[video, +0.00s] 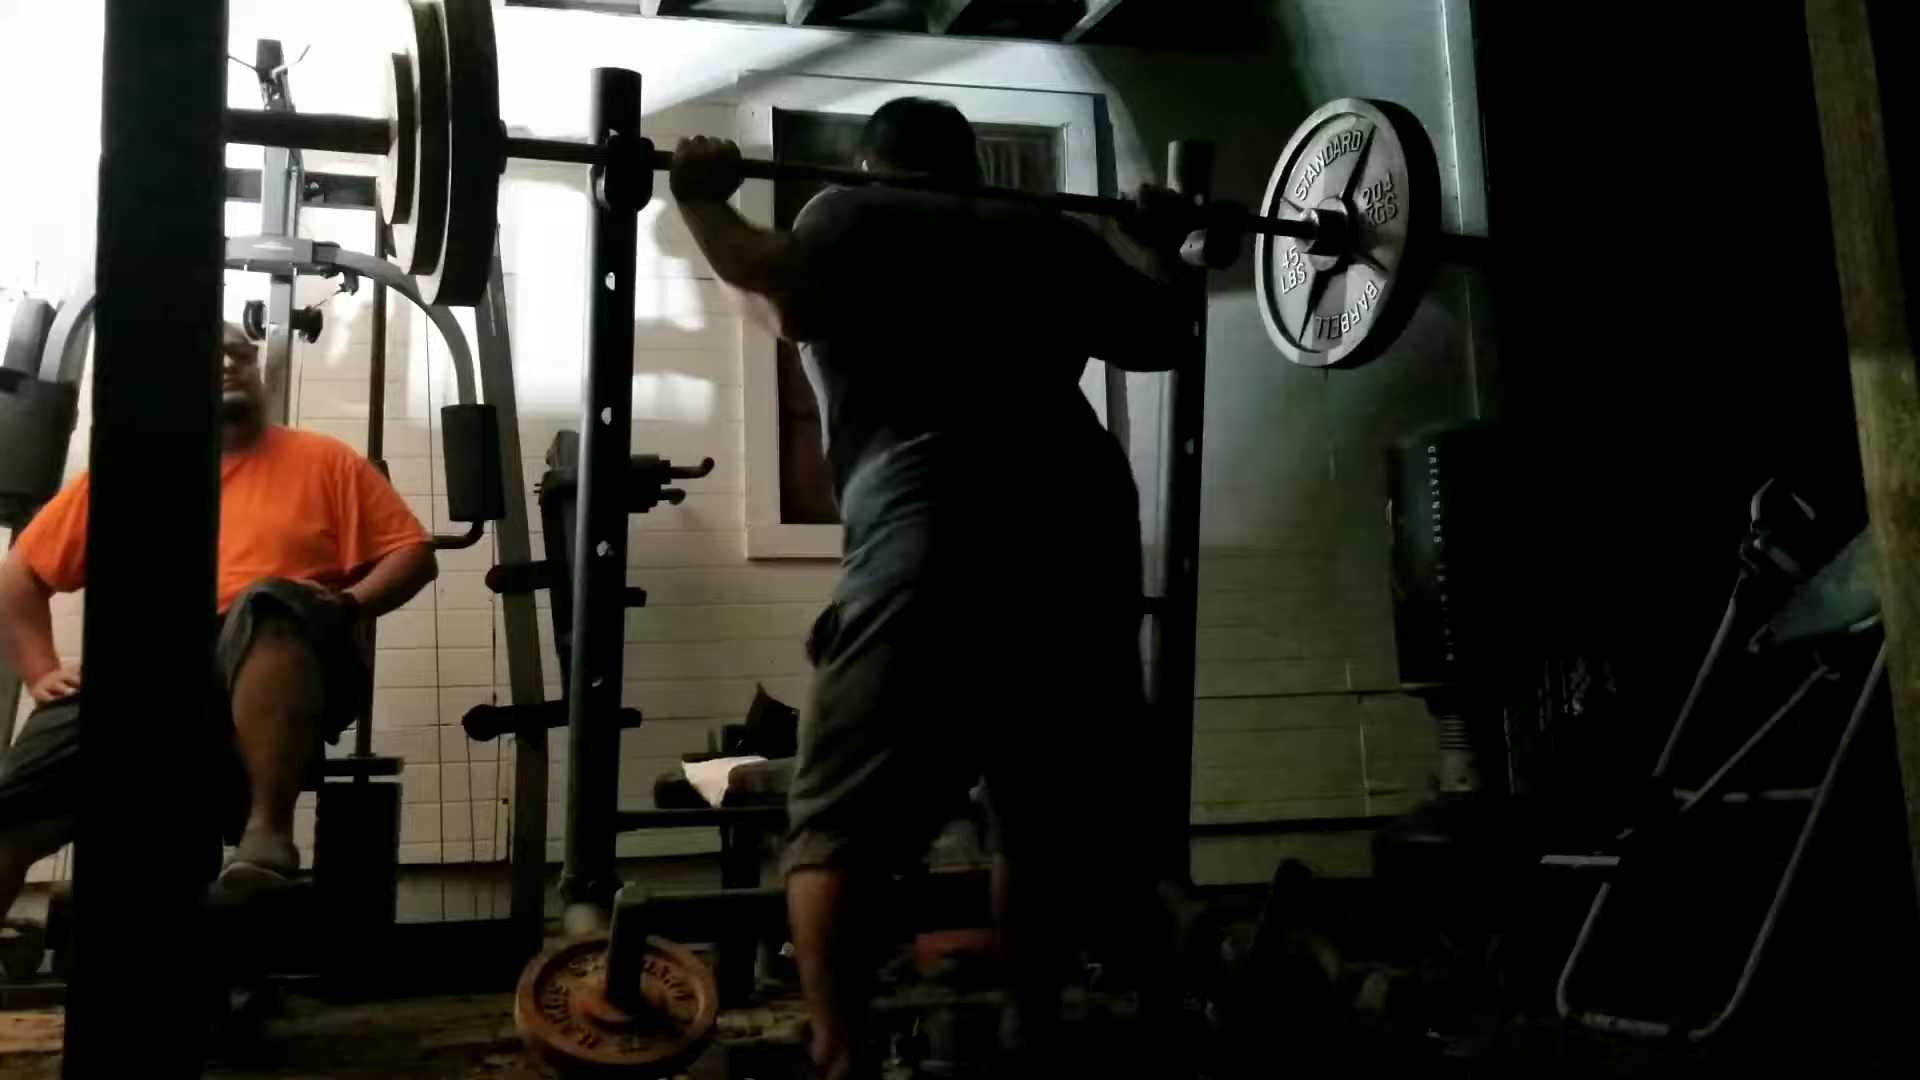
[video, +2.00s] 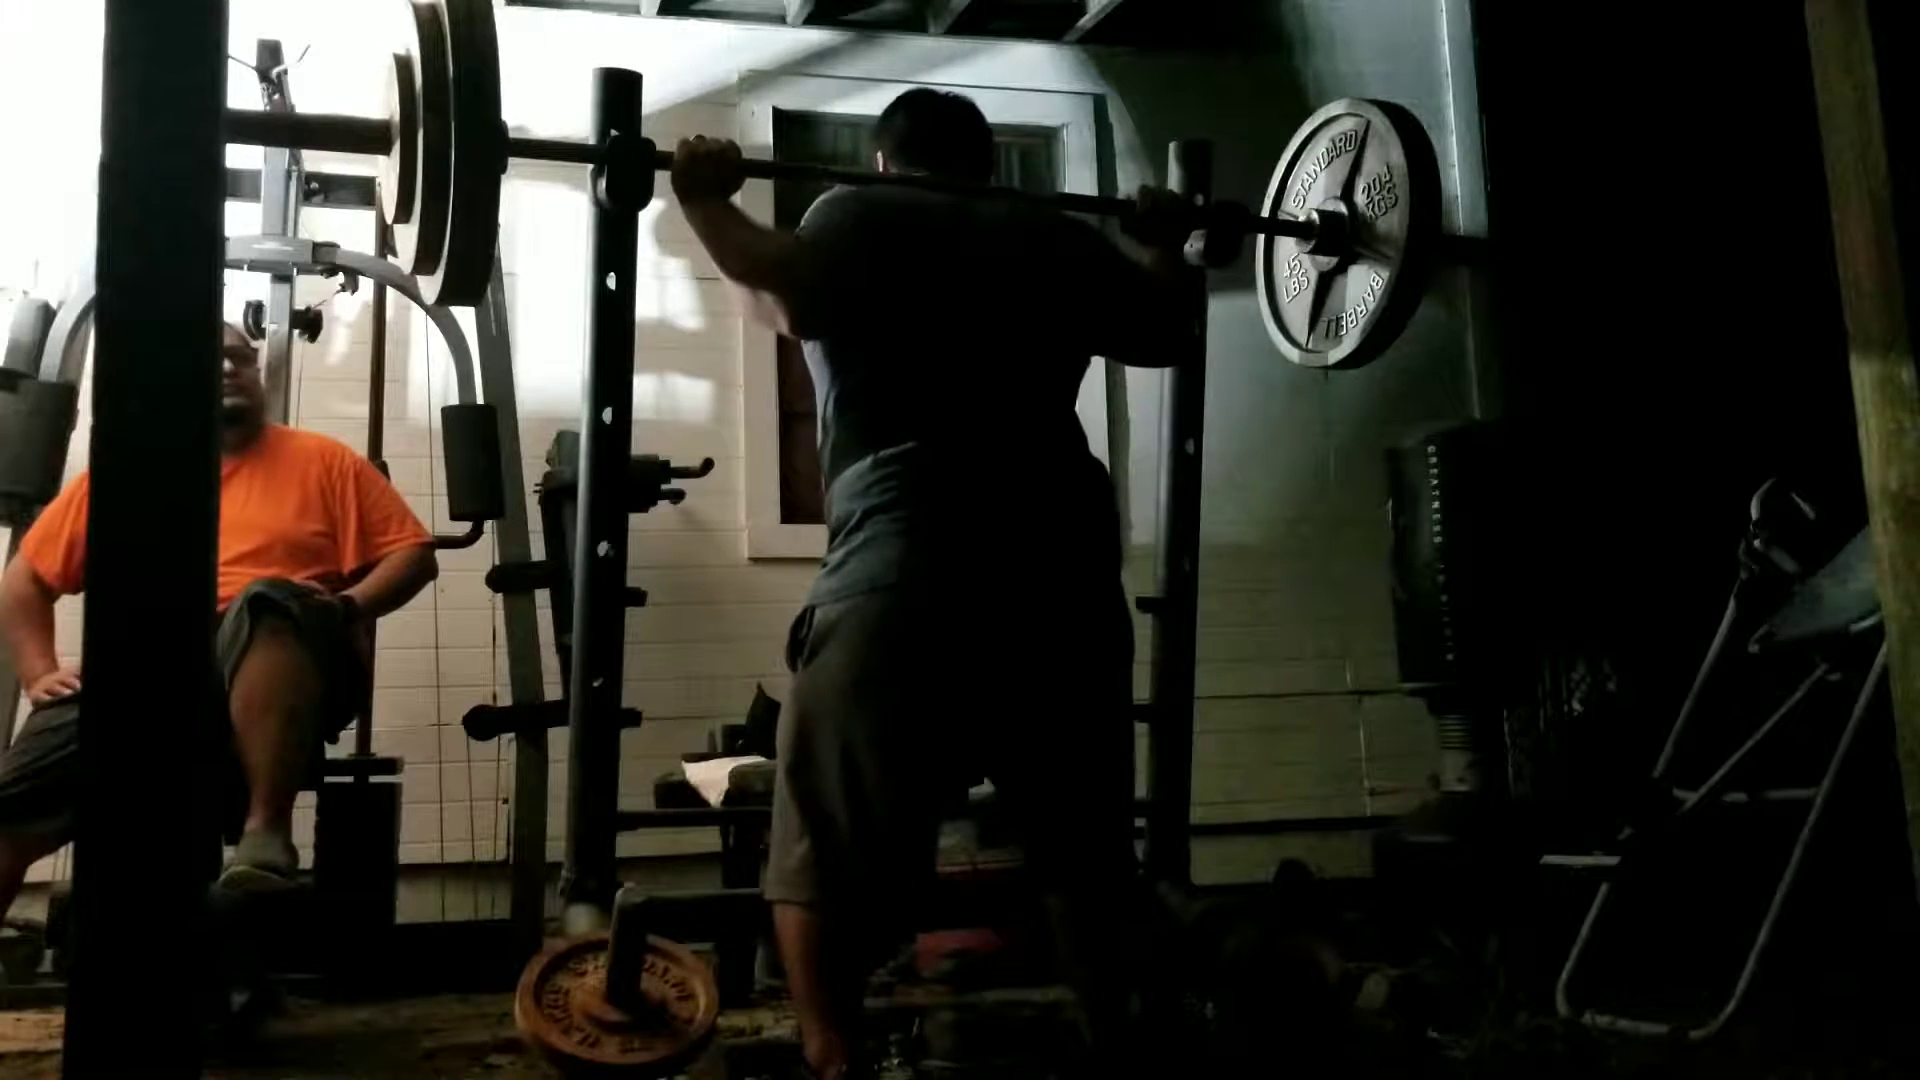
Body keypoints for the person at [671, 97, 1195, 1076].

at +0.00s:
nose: (855, 182)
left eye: (860, 168)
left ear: (868, 168)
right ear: (973, 169)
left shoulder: (844, 219)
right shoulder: (1046, 237)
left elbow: (762, 267)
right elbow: (1168, 328)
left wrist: (701, 194)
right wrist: (1147, 236)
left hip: (922, 530)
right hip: (1077, 525)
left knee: (840, 803)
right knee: (1047, 792)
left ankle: (837, 1053)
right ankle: (1037, 1032)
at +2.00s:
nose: (870, 172)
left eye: (874, 158)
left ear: (883, 158)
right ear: (990, 165)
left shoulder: (850, 216)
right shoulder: (1055, 239)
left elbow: (770, 272)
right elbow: (1170, 332)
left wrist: (704, 193)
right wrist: (1164, 247)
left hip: (898, 563)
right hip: (1062, 566)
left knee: (822, 830)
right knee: (1085, 834)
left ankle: (830, 1053)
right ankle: (1121, 1042)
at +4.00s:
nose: (945, 96)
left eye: (949, 82)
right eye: (952, 84)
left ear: (967, 83)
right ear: (1067, 87)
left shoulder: (935, 140)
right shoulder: (1164, 162)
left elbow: (842, 199)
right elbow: (1281, 259)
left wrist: (774, 116)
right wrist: (1267, 163)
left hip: (967, 539)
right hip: (1148, 537)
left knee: (892, 831)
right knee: (1158, 833)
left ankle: (850, 1059)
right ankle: (1179, 1059)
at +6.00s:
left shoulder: (968, 51)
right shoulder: (1220, 75)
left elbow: (889, 143)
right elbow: (1364, 169)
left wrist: (783, 42)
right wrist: (1342, 78)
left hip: (1024, 486)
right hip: (1226, 483)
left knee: (968, 847)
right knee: (1261, 834)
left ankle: (955, 1063)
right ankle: (1289, 1060)